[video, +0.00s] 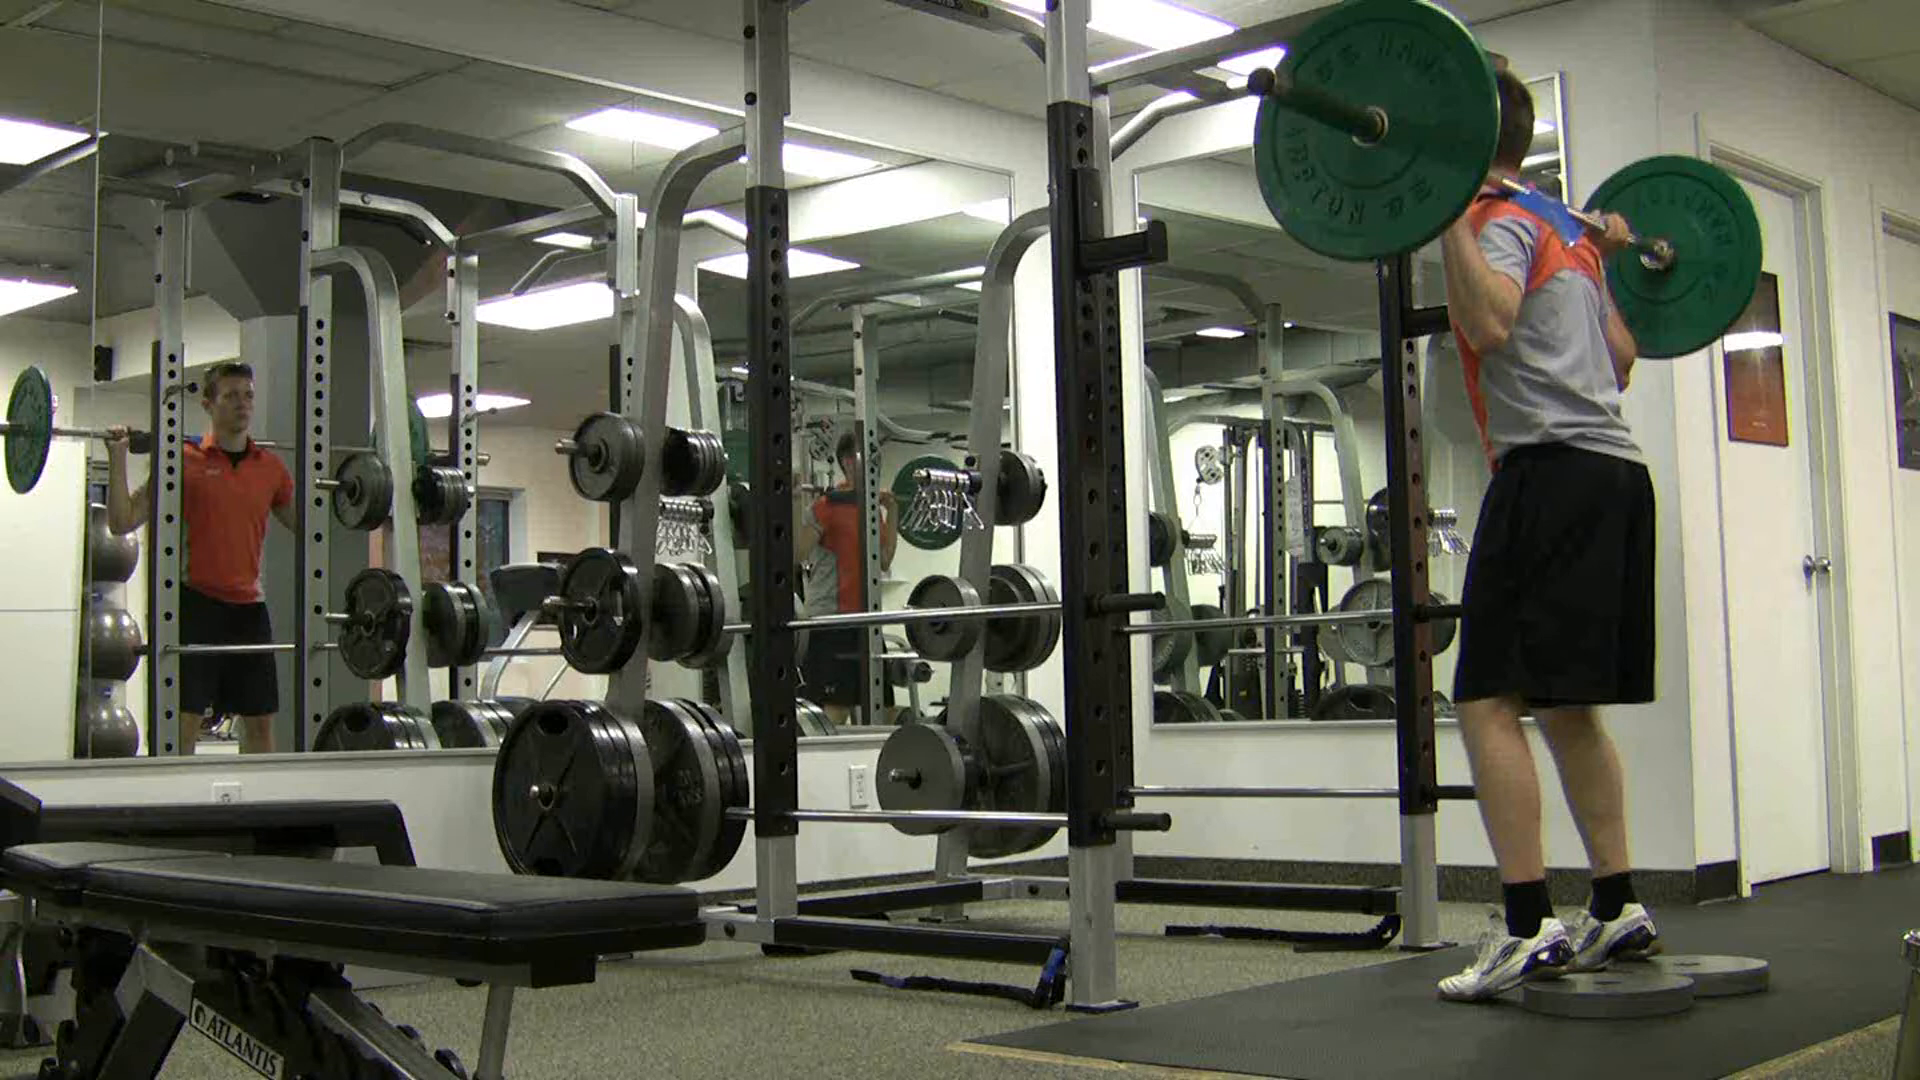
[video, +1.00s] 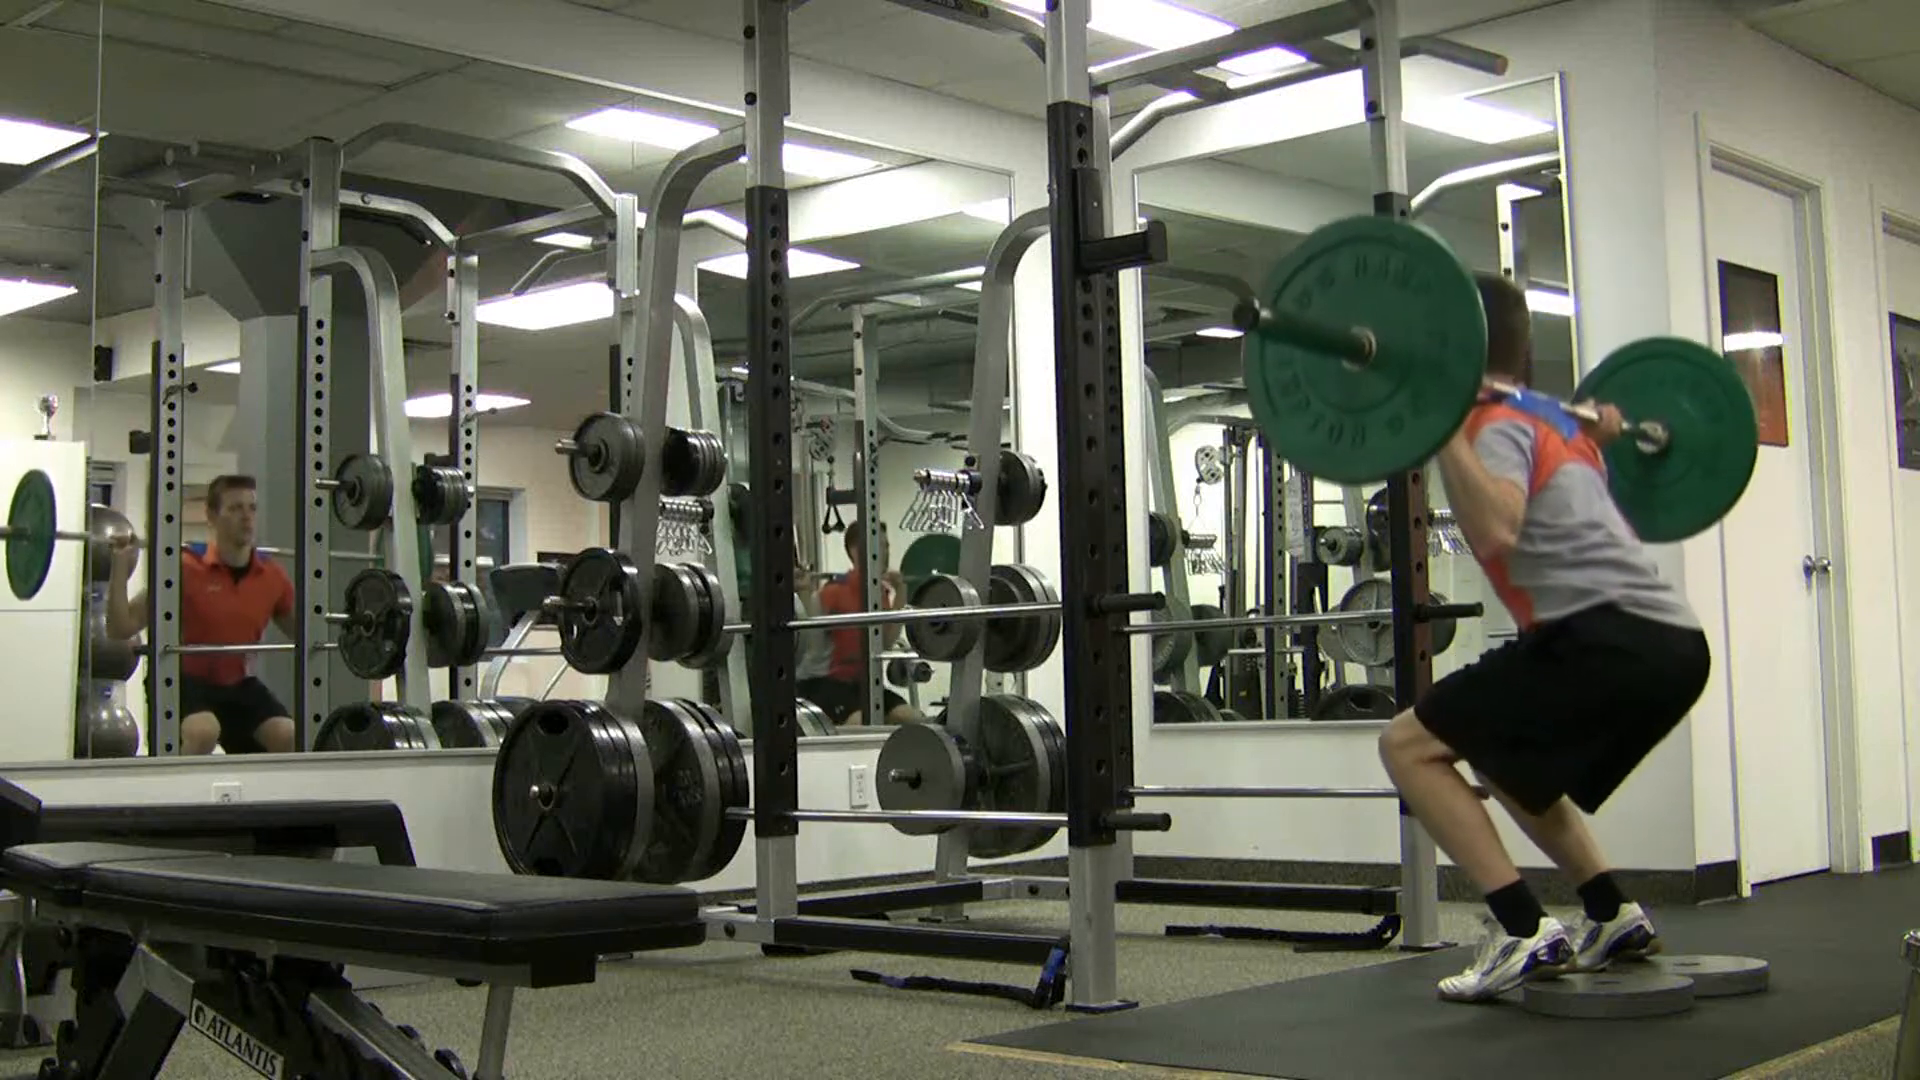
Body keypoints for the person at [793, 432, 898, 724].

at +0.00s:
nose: (864, 466)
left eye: (868, 458)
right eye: (857, 458)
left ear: (874, 461)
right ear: (844, 461)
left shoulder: (870, 507)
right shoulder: (826, 505)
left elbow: (885, 559)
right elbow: (799, 553)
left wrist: (892, 513)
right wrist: (797, 503)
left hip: (866, 615)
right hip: (831, 616)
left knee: (878, 708)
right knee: (835, 706)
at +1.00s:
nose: (880, 553)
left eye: (884, 546)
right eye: (870, 546)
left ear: (888, 549)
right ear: (853, 552)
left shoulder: (881, 593)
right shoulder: (832, 593)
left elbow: (887, 642)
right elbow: (815, 642)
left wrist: (900, 594)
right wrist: (804, 595)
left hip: (869, 684)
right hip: (831, 683)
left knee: (912, 719)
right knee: (860, 719)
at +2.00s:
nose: (889, 591)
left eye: (890, 584)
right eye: (880, 584)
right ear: (858, 588)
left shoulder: (883, 626)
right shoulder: (833, 626)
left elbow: (889, 675)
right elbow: (807, 676)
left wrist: (905, 629)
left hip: (872, 707)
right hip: (837, 708)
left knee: (917, 720)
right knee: (863, 729)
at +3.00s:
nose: (869, 476)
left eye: (872, 468)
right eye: (861, 468)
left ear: (876, 470)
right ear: (845, 472)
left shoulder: (872, 516)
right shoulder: (827, 517)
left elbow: (886, 568)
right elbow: (798, 565)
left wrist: (895, 522)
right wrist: (797, 520)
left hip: (867, 621)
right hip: (833, 622)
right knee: (841, 705)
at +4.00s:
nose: (867, 470)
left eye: (872, 462)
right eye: (860, 462)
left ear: (877, 465)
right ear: (845, 464)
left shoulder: (871, 509)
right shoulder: (827, 507)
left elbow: (884, 561)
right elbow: (798, 556)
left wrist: (893, 516)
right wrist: (798, 505)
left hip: (867, 617)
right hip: (833, 617)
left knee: (876, 707)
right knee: (838, 707)